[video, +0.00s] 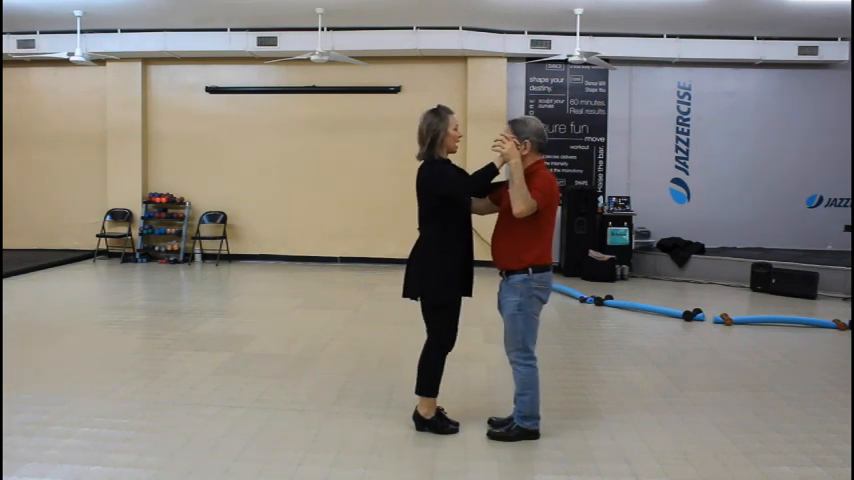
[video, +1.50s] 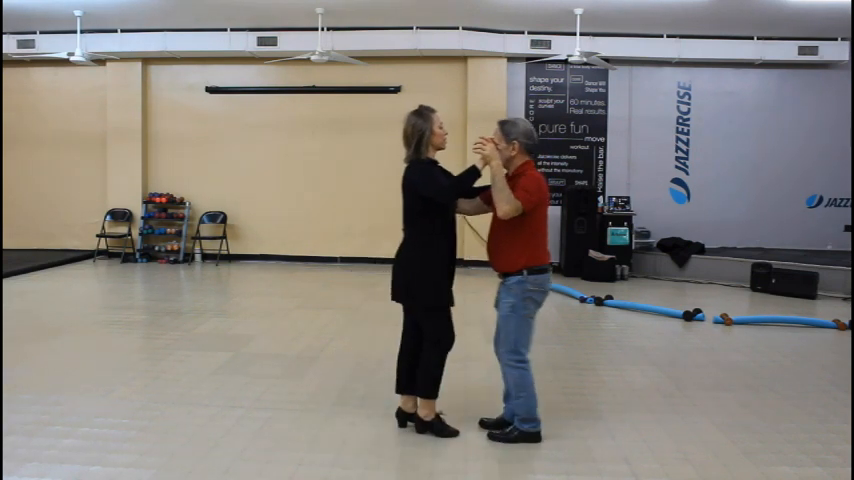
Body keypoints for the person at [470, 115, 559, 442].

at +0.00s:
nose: (501, 147)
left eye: (507, 141)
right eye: (502, 141)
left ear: (525, 146)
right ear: (525, 146)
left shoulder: (544, 179)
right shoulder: (519, 180)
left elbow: (521, 208)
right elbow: (481, 204)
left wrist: (514, 163)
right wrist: (448, 191)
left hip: (529, 278)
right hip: (514, 276)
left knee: (522, 353)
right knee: (516, 352)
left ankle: (527, 423)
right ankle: (522, 415)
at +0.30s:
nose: (495, 144)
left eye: (501, 139)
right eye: (496, 139)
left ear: (519, 148)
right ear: (515, 148)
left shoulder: (532, 179)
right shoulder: (510, 180)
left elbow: (511, 211)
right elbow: (471, 207)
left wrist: (500, 167)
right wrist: (437, 197)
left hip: (521, 278)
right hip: (509, 276)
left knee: (491, 349)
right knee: (514, 349)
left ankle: (516, 416)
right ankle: (526, 417)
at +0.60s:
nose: (469, 160)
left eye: (475, 154)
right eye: (469, 154)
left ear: (496, 155)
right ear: (494, 156)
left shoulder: (511, 187)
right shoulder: (488, 186)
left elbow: (484, 217)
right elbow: (450, 214)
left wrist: (467, 176)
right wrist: (413, 205)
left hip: (493, 284)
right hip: (487, 282)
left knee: (457, 355)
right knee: (493, 351)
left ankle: (442, 430)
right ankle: (524, 416)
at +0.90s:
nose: (454, 155)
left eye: (459, 150)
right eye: (455, 149)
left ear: (478, 155)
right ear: (477, 156)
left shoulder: (492, 188)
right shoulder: (470, 187)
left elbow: (463, 219)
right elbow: (431, 215)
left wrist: (448, 178)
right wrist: (392, 208)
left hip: (481, 287)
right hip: (475, 285)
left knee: (439, 356)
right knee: (476, 352)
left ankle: (440, 431)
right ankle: (518, 410)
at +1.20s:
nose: (470, 146)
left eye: (476, 141)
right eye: (472, 140)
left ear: (495, 148)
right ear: (495, 148)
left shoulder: (512, 183)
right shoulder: (486, 181)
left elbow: (489, 215)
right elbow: (450, 208)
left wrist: (473, 174)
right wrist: (413, 198)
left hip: (502, 279)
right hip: (496, 277)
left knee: (472, 352)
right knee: (500, 349)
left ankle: (457, 427)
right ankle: (516, 417)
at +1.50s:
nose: (491, 147)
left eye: (496, 142)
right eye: (492, 141)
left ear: (514, 147)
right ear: (513, 148)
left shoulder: (531, 179)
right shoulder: (510, 180)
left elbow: (507, 208)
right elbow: (471, 205)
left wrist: (495, 163)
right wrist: (436, 195)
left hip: (527, 278)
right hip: (513, 277)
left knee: (513, 352)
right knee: (505, 349)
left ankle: (528, 425)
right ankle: (512, 415)